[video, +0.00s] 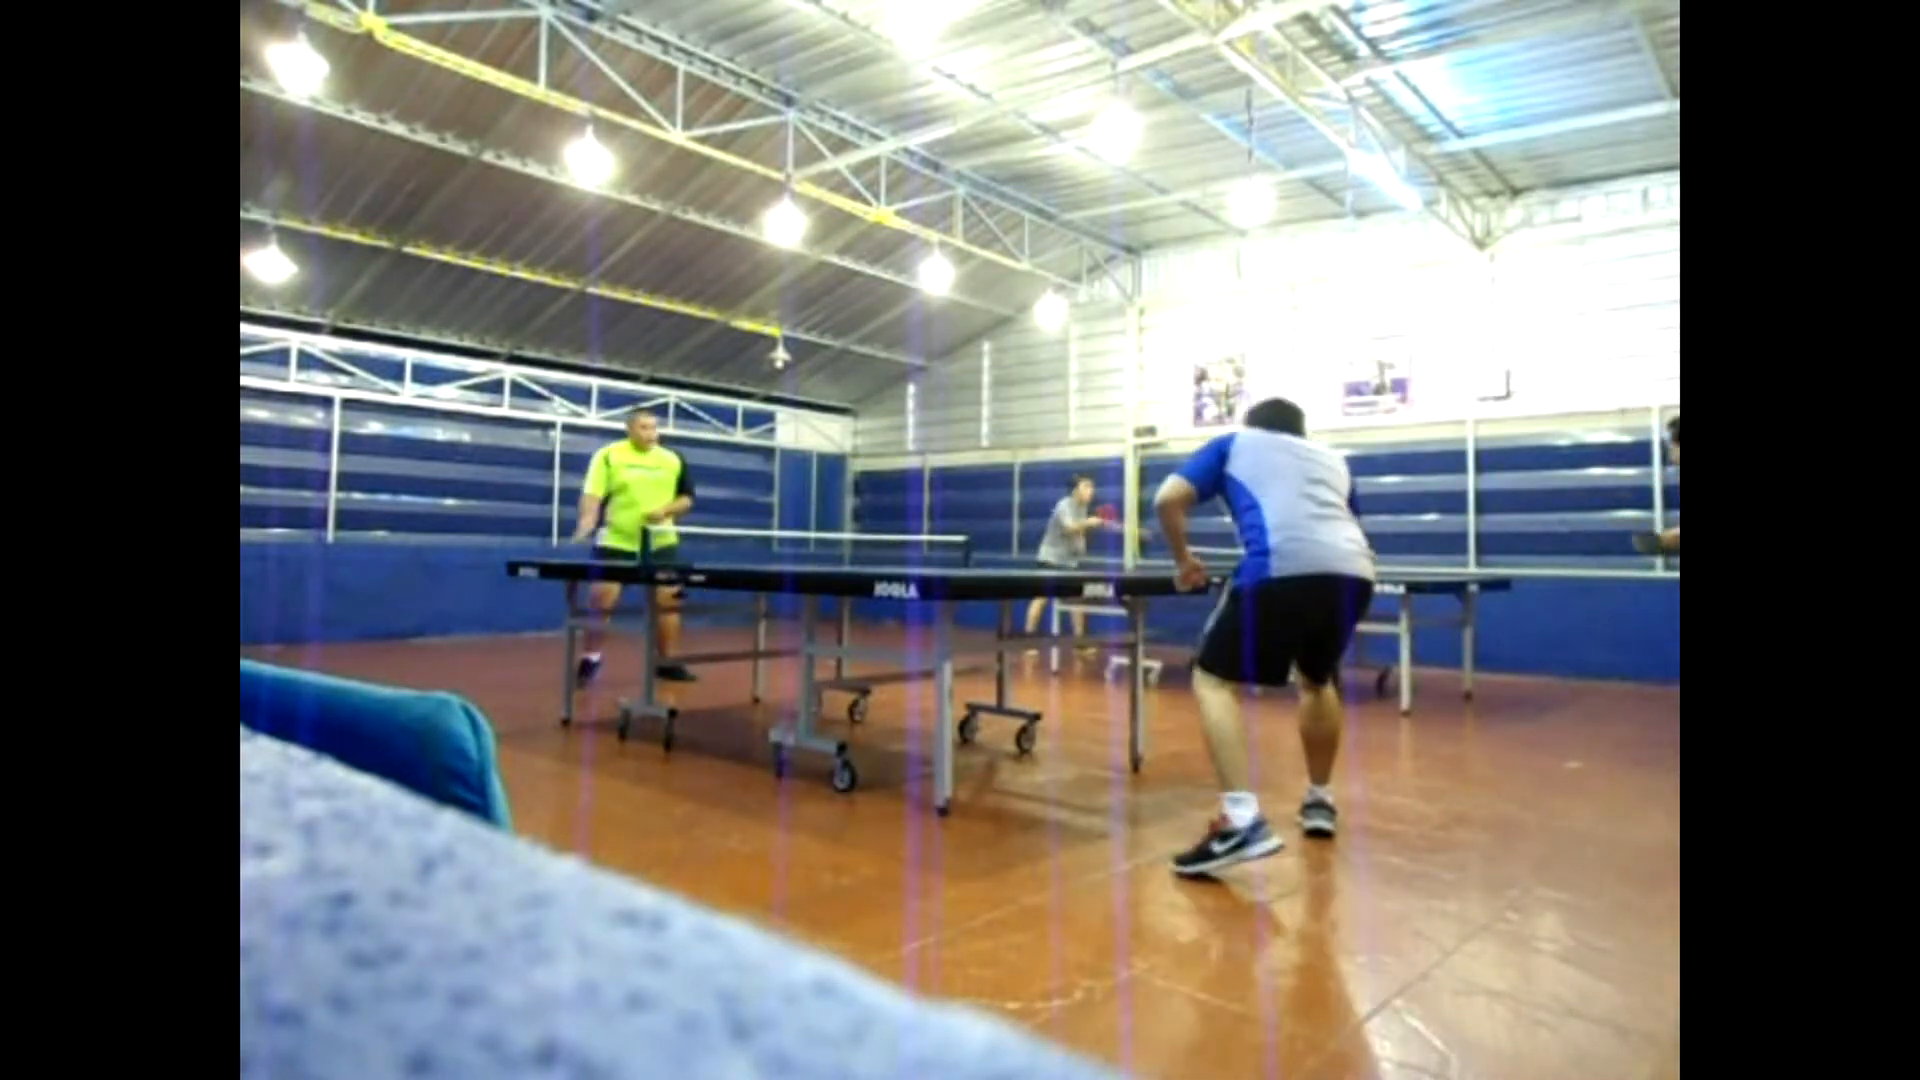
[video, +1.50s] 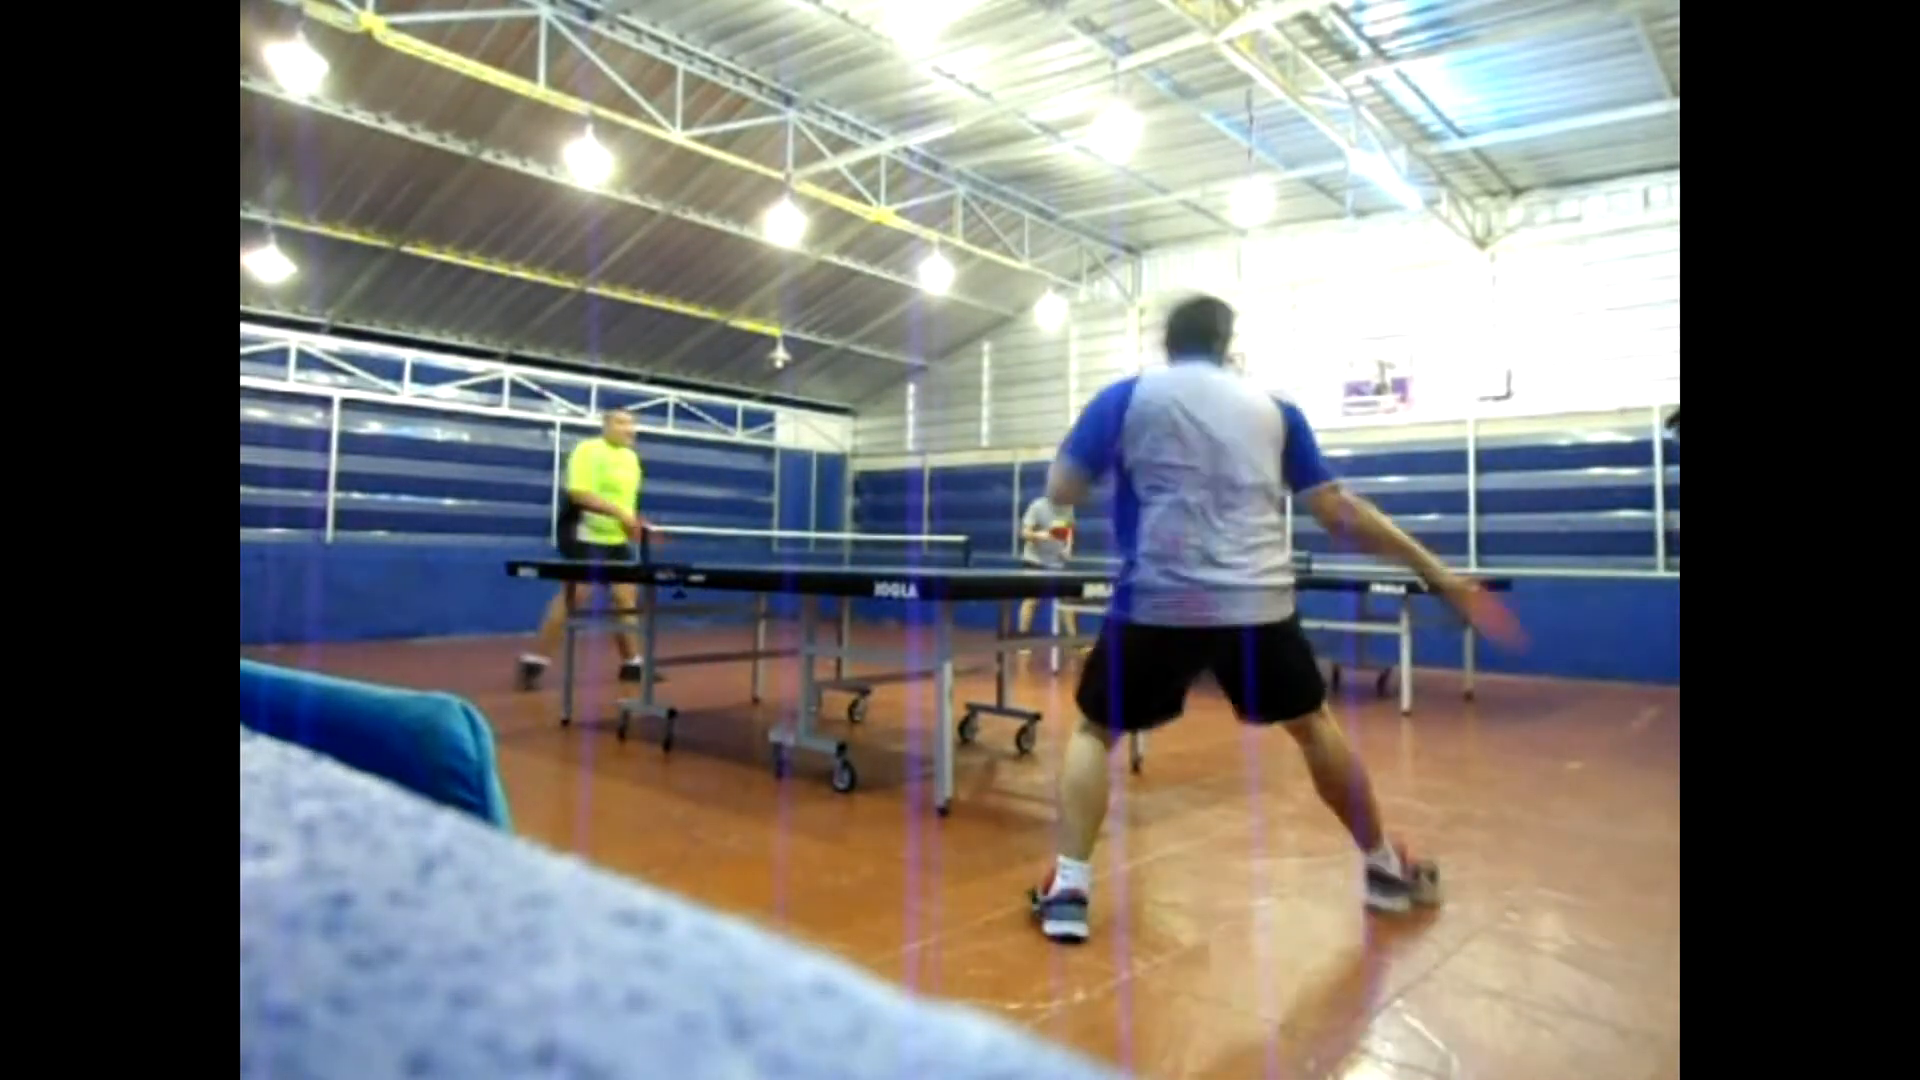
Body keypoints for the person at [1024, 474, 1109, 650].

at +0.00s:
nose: (1089, 492)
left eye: (1091, 488)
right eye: (1085, 487)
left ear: (1091, 492)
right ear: (1076, 489)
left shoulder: (1082, 509)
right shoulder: (1064, 505)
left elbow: (1079, 529)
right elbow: (1069, 526)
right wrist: (1091, 522)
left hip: (1072, 560)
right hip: (1051, 559)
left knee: (1077, 600)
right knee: (1042, 596)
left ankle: (1079, 638)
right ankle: (1029, 633)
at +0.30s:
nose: (1081, 492)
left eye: (1083, 488)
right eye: (1077, 488)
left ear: (1085, 492)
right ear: (1068, 490)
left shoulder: (1081, 509)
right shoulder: (1053, 506)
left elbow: (1081, 529)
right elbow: (1038, 532)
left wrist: (1078, 542)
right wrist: (1054, 534)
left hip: (1067, 561)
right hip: (1044, 561)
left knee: (1075, 600)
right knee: (1038, 598)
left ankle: (1079, 637)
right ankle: (1028, 635)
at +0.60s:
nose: (1080, 503)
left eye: (1081, 499)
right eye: (1076, 499)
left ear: (1083, 501)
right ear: (1066, 501)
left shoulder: (1081, 518)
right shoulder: (1051, 516)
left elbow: (1081, 537)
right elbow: (1031, 540)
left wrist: (1075, 547)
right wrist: (1055, 548)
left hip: (1063, 563)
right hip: (1040, 562)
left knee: (1075, 599)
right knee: (1038, 597)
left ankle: (1079, 639)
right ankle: (1028, 636)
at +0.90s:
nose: (1086, 499)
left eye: (1087, 494)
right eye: (1082, 494)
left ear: (1088, 498)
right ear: (1073, 495)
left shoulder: (1079, 513)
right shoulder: (1058, 509)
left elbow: (1076, 531)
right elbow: (1060, 532)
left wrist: (1095, 530)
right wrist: (1084, 531)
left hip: (1067, 561)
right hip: (1045, 560)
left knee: (1076, 599)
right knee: (1041, 597)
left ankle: (1079, 639)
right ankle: (1029, 636)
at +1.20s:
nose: (1079, 488)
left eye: (1080, 484)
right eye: (1075, 483)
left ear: (1083, 488)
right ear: (1066, 486)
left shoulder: (1077, 508)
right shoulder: (1053, 503)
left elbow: (1075, 533)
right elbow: (1050, 523)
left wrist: (1078, 554)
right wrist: (1073, 517)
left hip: (1070, 559)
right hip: (1048, 558)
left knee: (1076, 600)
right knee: (1038, 597)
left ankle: (1080, 638)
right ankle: (1025, 634)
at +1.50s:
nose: (1061, 490)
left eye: (1065, 485)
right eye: (1057, 485)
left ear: (1070, 488)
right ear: (1050, 485)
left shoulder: (1068, 508)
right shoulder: (1039, 506)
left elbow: (1070, 529)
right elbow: (1025, 531)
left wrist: (1068, 546)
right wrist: (1045, 535)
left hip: (1059, 561)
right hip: (1036, 561)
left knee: (1068, 600)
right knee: (1031, 599)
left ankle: (1073, 638)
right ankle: (1023, 635)